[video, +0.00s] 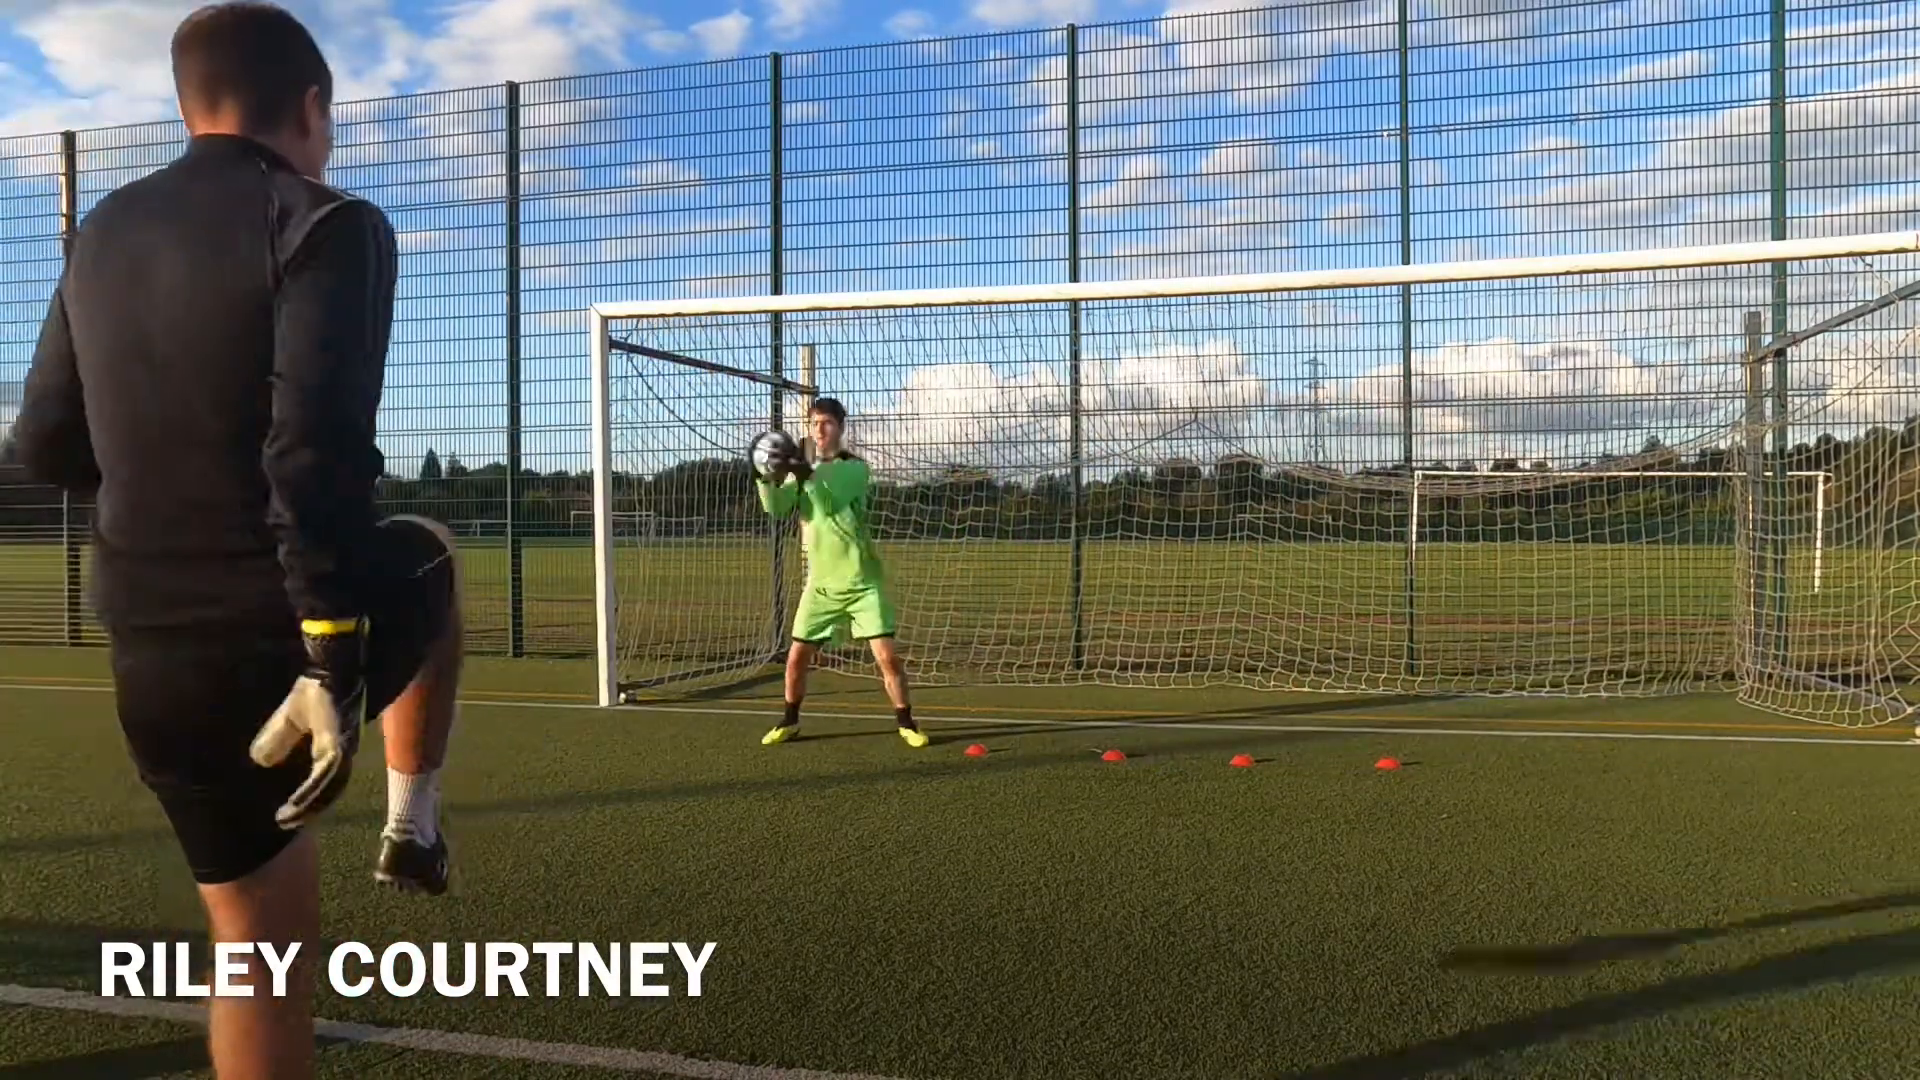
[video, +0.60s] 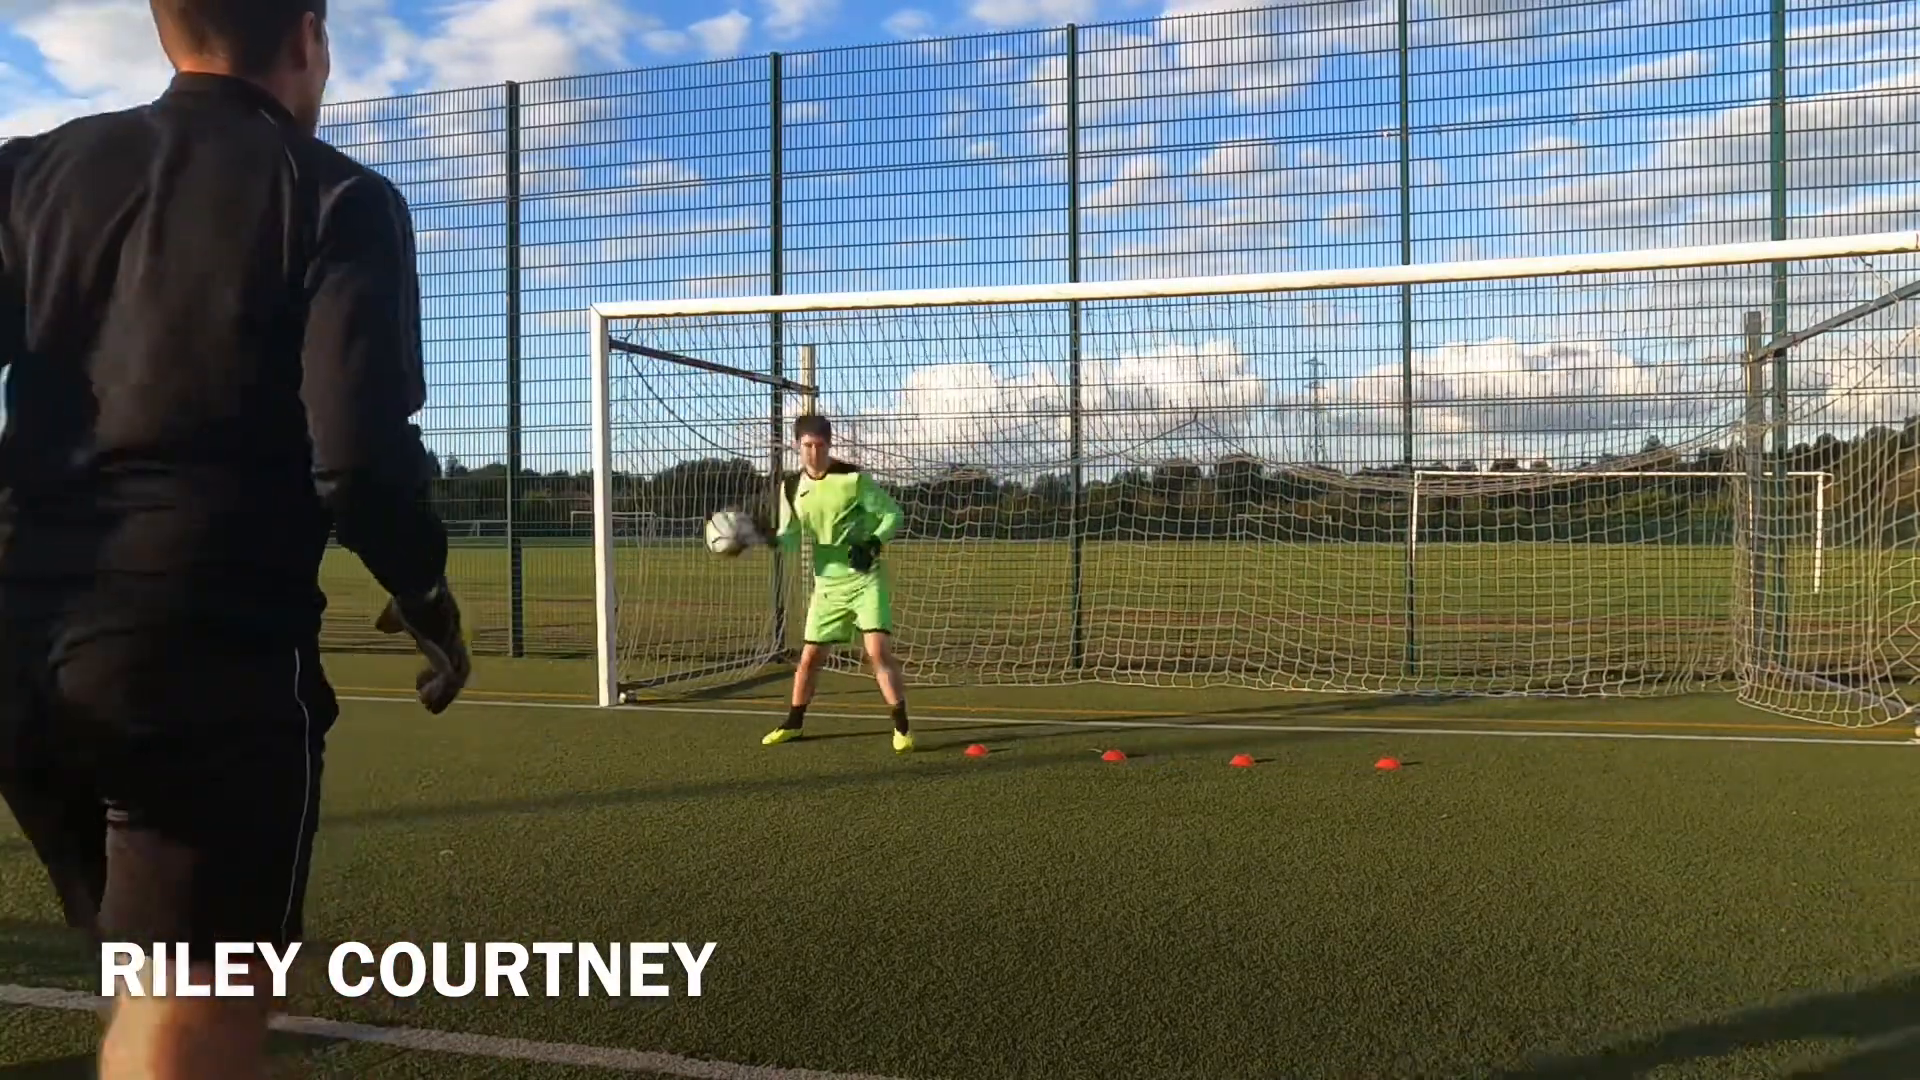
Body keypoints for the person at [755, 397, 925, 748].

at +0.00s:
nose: (820, 430)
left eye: (827, 423)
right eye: (815, 424)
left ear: (842, 428)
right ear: (809, 430)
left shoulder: (858, 470)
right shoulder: (801, 474)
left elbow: (832, 501)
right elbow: (776, 508)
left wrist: (803, 474)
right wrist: (766, 474)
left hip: (863, 581)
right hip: (820, 584)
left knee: (886, 654)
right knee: (796, 655)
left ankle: (906, 722)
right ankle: (790, 720)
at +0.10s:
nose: (791, 437)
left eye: (797, 430)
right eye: (787, 432)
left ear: (815, 429)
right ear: (787, 436)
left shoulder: (836, 466)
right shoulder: (795, 477)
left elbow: (820, 512)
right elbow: (774, 523)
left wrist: (784, 489)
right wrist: (755, 497)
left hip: (851, 579)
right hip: (813, 582)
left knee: (876, 658)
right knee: (791, 652)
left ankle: (911, 722)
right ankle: (791, 721)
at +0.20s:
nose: (770, 449)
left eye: (774, 441)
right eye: (766, 444)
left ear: (791, 438)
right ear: (767, 447)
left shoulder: (813, 472)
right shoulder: (792, 481)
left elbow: (807, 522)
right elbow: (788, 538)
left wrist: (767, 515)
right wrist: (753, 537)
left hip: (846, 575)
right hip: (814, 578)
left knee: (869, 659)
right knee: (791, 651)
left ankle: (910, 719)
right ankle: (791, 721)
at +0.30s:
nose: (757, 457)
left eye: (762, 449)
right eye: (752, 452)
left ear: (779, 449)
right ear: (750, 456)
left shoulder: (803, 482)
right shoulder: (781, 491)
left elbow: (815, 535)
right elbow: (798, 544)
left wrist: (776, 544)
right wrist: (772, 561)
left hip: (846, 578)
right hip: (814, 585)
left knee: (869, 658)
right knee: (791, 651)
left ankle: (911, 718)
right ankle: (791, 721)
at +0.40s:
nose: (761, 457)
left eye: (767, 450)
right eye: (755, 452)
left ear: (782, 452)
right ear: (751, 457)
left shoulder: (814, 484)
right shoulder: (774, 496)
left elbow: (845, 525)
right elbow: (794, 538)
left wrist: (809, 550)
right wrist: (785, 567)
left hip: (848, 579)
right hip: (814, 585)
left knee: (868, 656)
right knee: (796, 654)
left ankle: (912, 713)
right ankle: (792, 722)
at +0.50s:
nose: (783, 450)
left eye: (790, 442)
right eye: (777, 444)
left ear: (803, 445)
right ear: (770, 450)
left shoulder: (834, 480)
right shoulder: (779, 492)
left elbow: (873, 511)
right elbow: (792, 541)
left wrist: (853, 541)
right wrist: (780, 581)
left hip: (857, 579)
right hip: (819, 587)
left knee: (869, 650)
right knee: (802, 656)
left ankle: (906, 719)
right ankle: (792, 723)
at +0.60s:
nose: (814, 451)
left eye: (820, 444)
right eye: (808, 445)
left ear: (830, 445)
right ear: (798, 446)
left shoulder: (855, 480)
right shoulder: (792, 488)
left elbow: (893, 514)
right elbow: (790, 536)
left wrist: (873, 542)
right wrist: (767, 538)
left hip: (866, 579)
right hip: (826, 584)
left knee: (877, 651)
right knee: (809, 657)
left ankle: (901, 725)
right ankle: (794, 723)